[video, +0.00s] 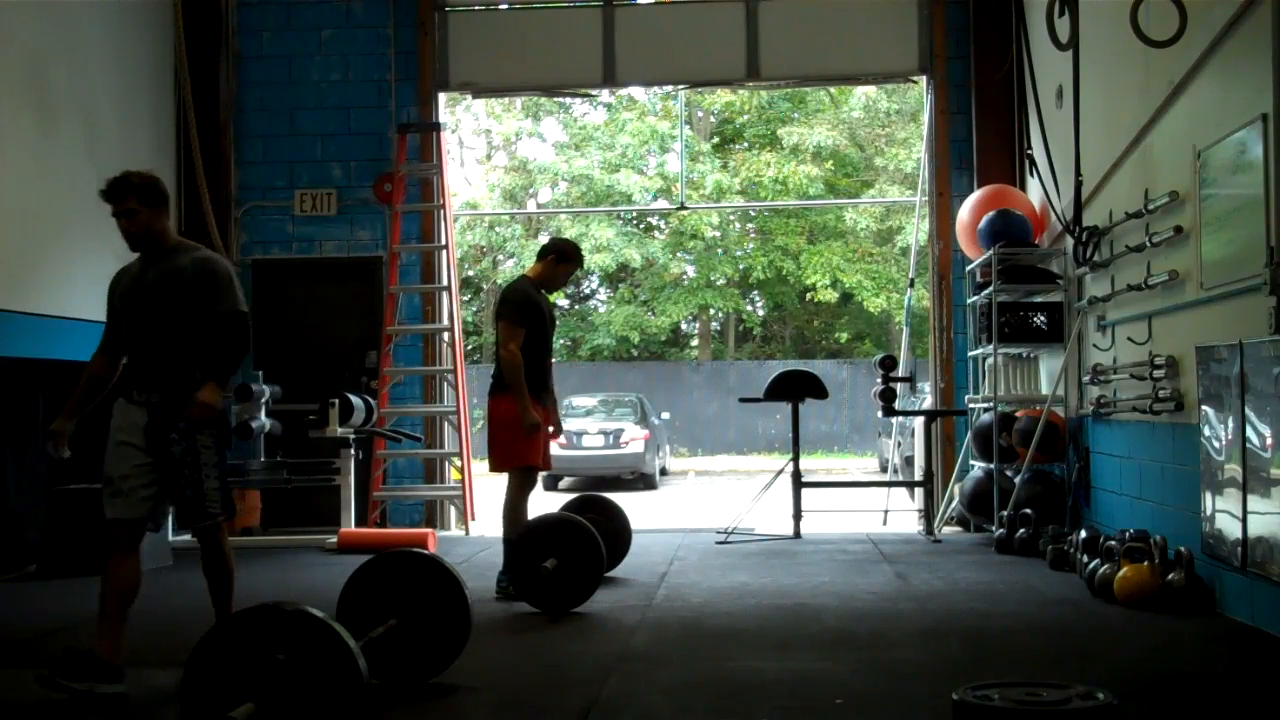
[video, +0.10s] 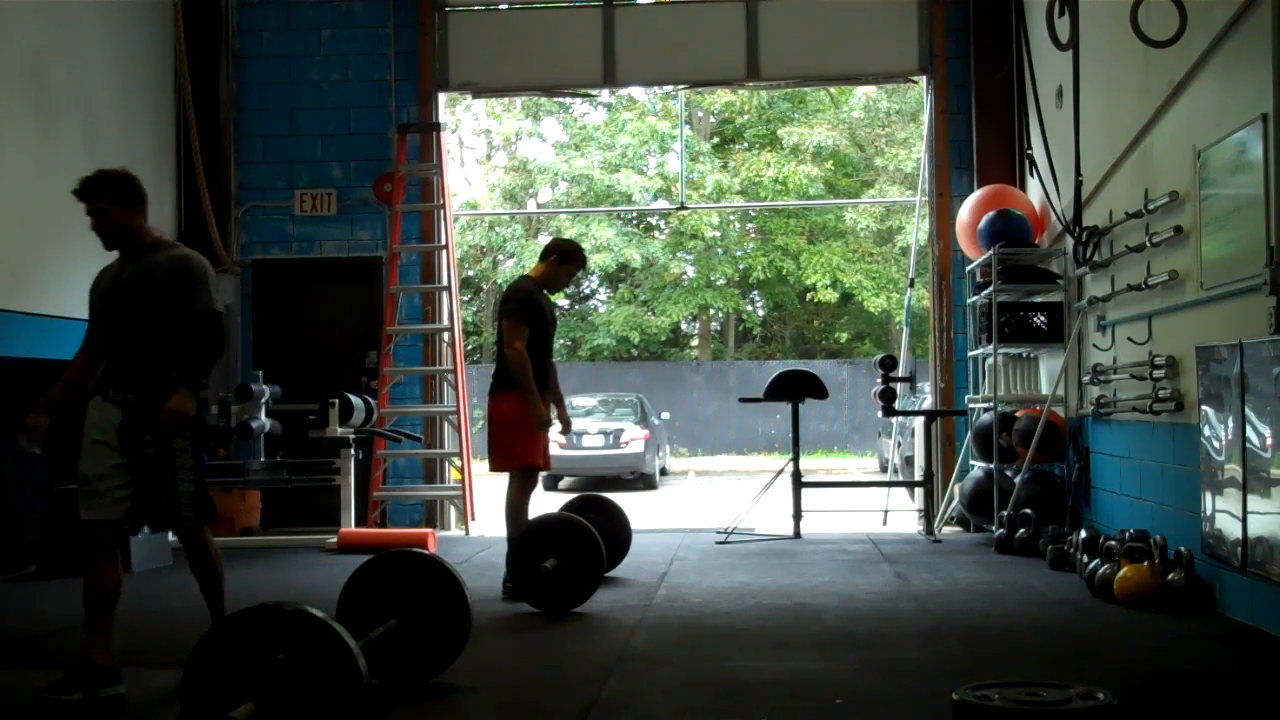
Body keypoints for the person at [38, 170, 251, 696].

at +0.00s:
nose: (122, 226)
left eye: (129, 215)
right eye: (118, 217)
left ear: (157, 211)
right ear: (121, 220)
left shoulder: (210, 270)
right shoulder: (125, 281)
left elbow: (237, 337)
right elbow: (108, 355)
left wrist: (215, 385)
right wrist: (71, 415)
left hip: (194, 418)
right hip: (135, 419)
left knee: (210, 533)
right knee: (122, 535)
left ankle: (225, 637)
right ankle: (108, 655)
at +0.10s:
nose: (93, 225)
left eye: (99, 214)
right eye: (90, 216)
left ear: (129, 210)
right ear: (113, 216)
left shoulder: (186, 267)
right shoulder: (106, 281)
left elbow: (208, 340)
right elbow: (91, 354)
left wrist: (187, 393)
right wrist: (47, 410)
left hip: (170, 421)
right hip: (112, 419)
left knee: (190, 529)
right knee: (103, 538)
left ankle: (221, 630)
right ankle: (99, 659)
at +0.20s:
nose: (65, 225)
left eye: (69, 213)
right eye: (63, 215)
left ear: (98, 207)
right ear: (90, 210)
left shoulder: (163, 263)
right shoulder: (87, 275)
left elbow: (186, 344)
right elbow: (64, 341)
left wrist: (167, 401)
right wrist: (20, 379)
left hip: (150, 422)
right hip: (94, 423)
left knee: (156, 529)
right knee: (88, 543)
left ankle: (211, 617)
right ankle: (96, 660)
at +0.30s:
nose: (45, 227)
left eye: (47, 215)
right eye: (42, 217)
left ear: (72, 207)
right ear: (77, 207)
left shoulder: (142, 259)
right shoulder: (68, 269)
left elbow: (168, 338)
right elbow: (21, 322)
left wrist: (147, 403)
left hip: (125, 420)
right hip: (78, 419)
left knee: (118, 535)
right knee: (78, 542)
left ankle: (177, 611)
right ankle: (95, 661)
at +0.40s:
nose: (24, 224)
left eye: (25, 214)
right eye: (21, 216)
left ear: (45, 206)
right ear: (64, 200)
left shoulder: (124, 256)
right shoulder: (47, 259)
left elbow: (145, 335)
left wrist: (128, 401)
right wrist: (9, 274)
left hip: (103, 412)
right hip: (66, 410)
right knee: (71, 532)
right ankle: (91, 658)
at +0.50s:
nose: (12, 233)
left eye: (14, 221)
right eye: (8, 224)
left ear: (32, 209)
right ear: (46, 201)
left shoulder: (106, 257)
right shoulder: (33, 259)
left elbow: (125, 343)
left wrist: (110, 407)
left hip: (82, 418)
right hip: (48, 416)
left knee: (60, 544)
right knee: (67, 543)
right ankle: (92, 668)